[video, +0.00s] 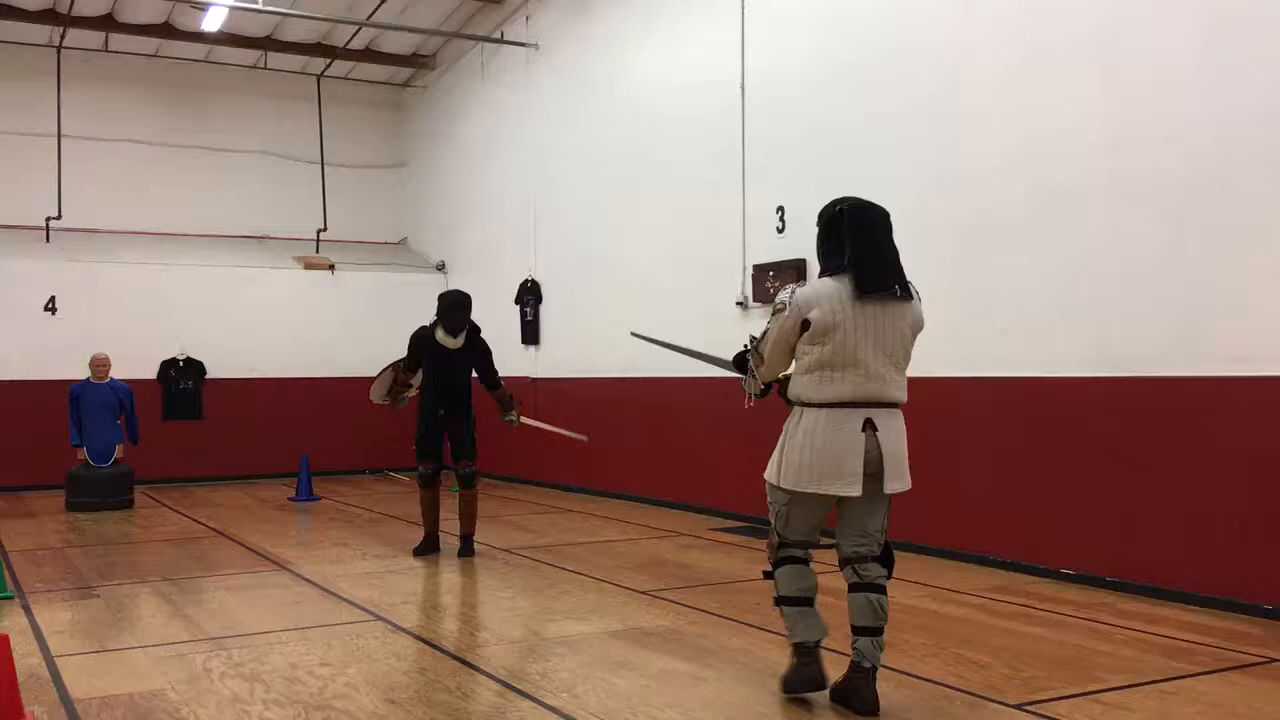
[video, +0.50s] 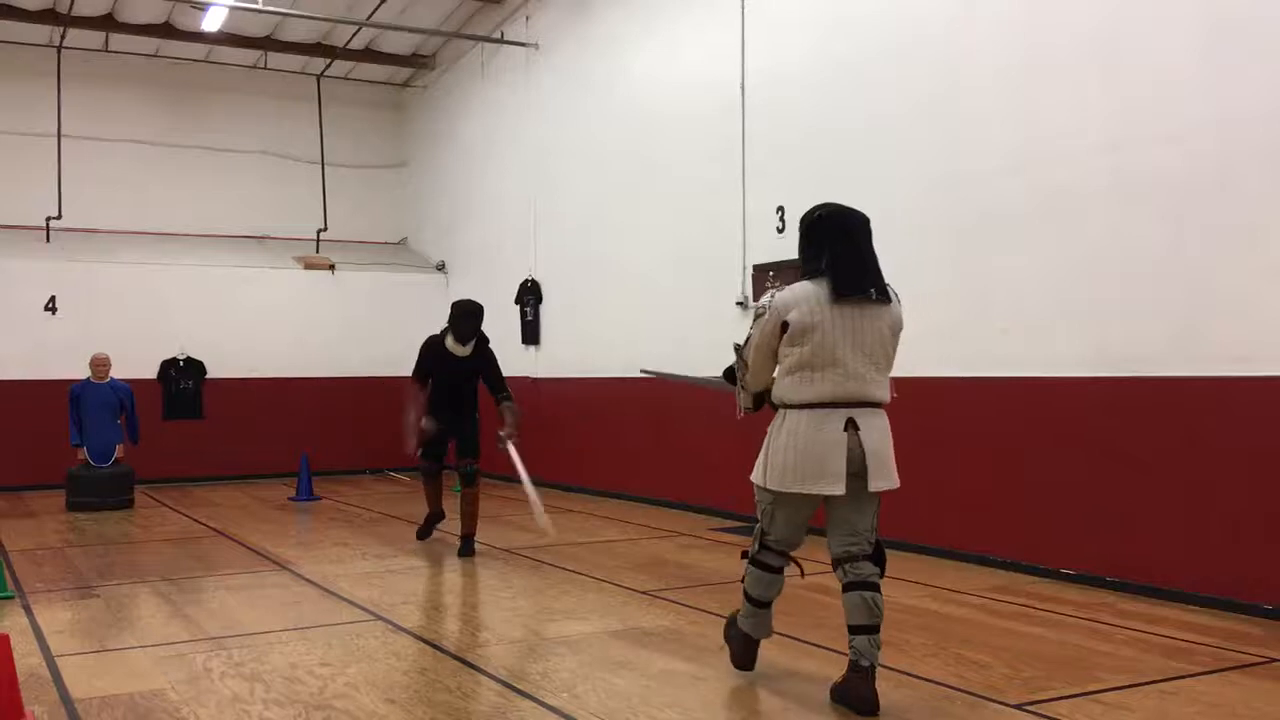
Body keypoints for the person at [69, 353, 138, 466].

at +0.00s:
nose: (100, 369)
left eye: (104, 366)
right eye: (97, 366)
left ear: (109, 367)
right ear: (90, 367)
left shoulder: (121, 389)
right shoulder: (78, 390)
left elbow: (129, 415)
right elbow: (74, 419)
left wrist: (133, 438)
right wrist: (78, 445)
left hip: (114, 446)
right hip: (87, 446)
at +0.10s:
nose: (99, 370)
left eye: (103, 366)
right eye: (95, 366)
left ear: (108, 367)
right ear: (88, 367)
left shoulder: (120, 390)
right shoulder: (76, 391)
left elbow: (128, 416)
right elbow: (73, 420)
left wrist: (131, 439)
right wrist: (77, 445)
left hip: (113, 447)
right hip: (86, 447)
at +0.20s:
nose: (99, 370)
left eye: (103, 366)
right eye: (96, 366)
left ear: (108, 367)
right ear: (89, 367)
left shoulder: (120, 390)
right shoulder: (76, 391)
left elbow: (128, 416)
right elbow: (73, 420)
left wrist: (131, 439)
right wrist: (77, 446)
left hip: (113, 447)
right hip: (87, 447)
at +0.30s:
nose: (100, 369)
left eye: (104, 366)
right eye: (97, 366)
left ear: (109, 367)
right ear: (90, 367)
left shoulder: (121, 389)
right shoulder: (78, 390)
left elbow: (129, 415)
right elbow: (74, 419)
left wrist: (133, 438)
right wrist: (78, 445)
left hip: (114, 446)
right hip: (88, 446)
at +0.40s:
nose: (100, 369)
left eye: (103, 366)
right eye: (96, 366)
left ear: (109, 367)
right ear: (89, 367)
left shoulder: (120, 389)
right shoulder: (77, 390)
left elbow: (129, 415)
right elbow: (74, 419)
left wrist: (132, 438)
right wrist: (77, 445)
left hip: (113, 446)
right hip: (87, 446)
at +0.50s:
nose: (101, 369)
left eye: (104, 365)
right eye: (97, 366)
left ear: (110, 367)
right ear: (90, 367)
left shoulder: (121, 389)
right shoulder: (78, 390)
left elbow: (130, 415)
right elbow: (74, 419)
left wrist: (133, 438)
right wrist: (78, 444)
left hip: (114, 446)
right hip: (88, 446)